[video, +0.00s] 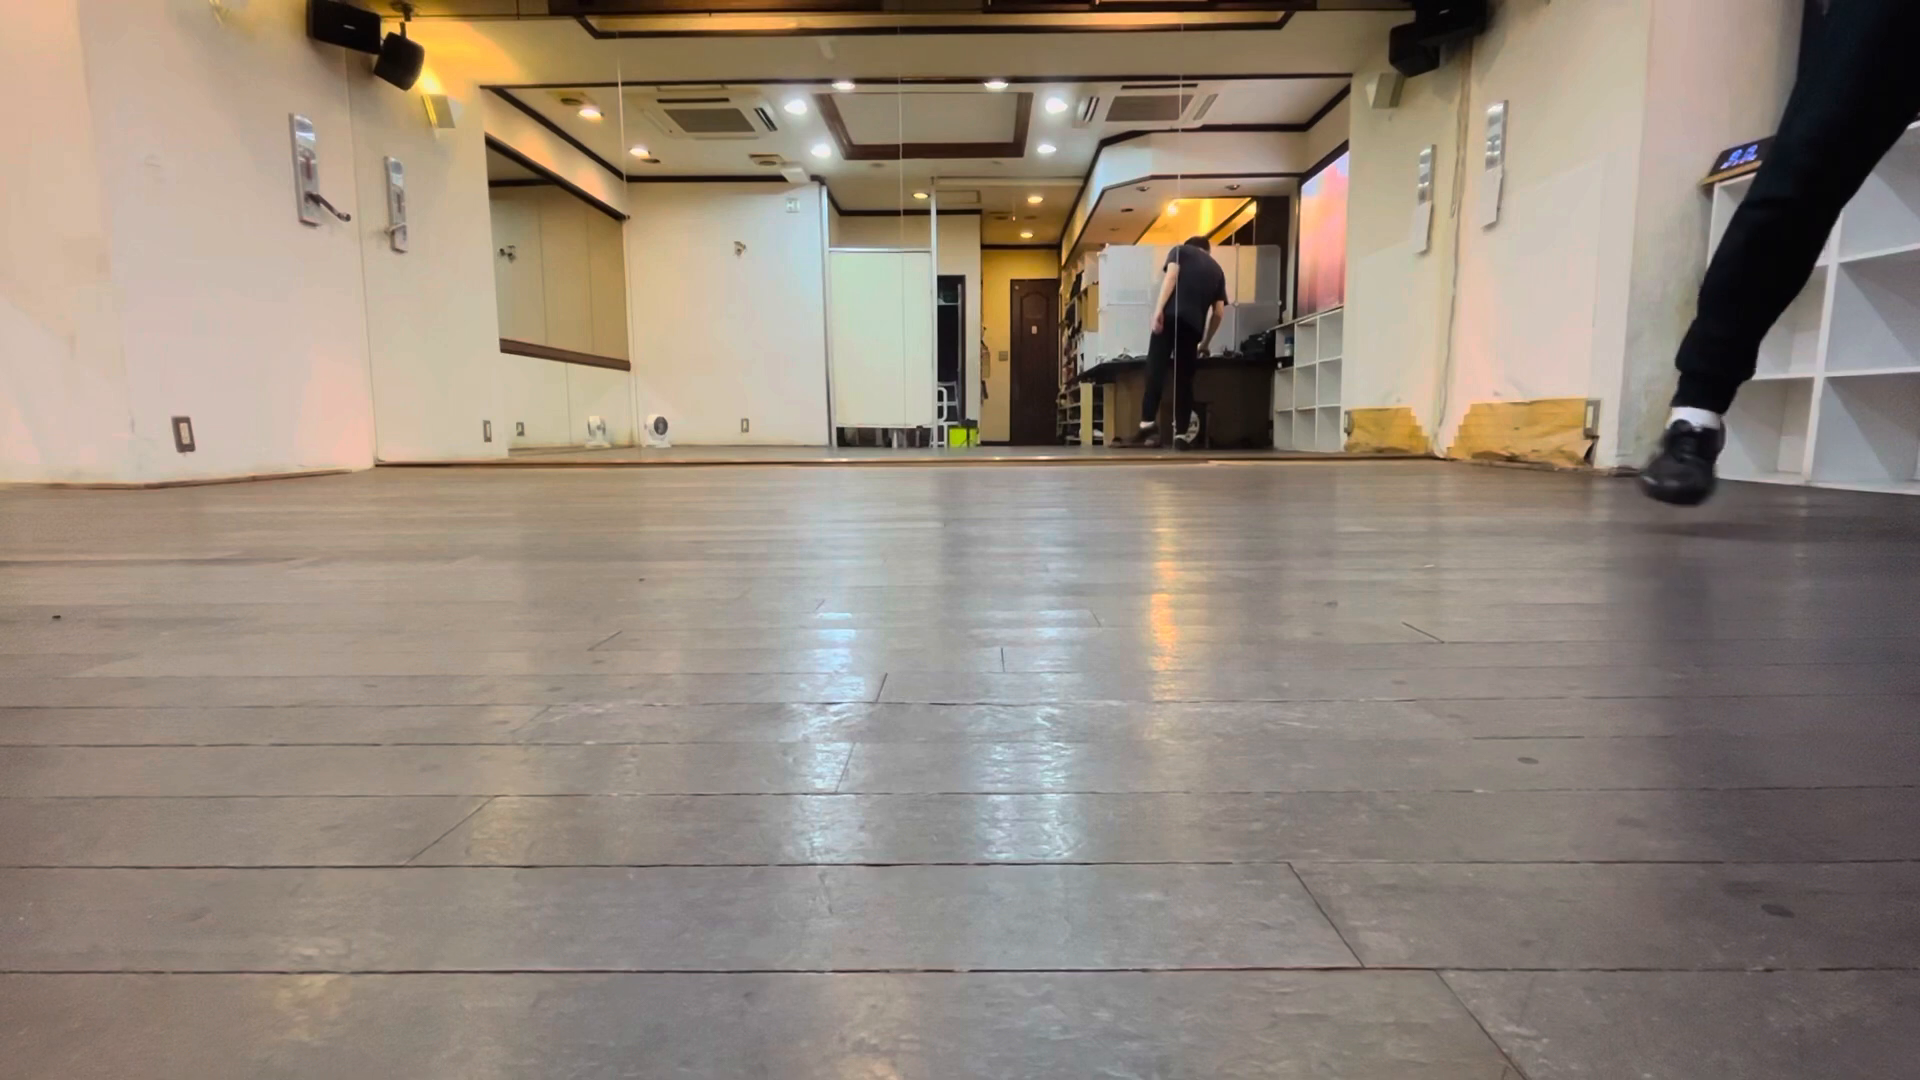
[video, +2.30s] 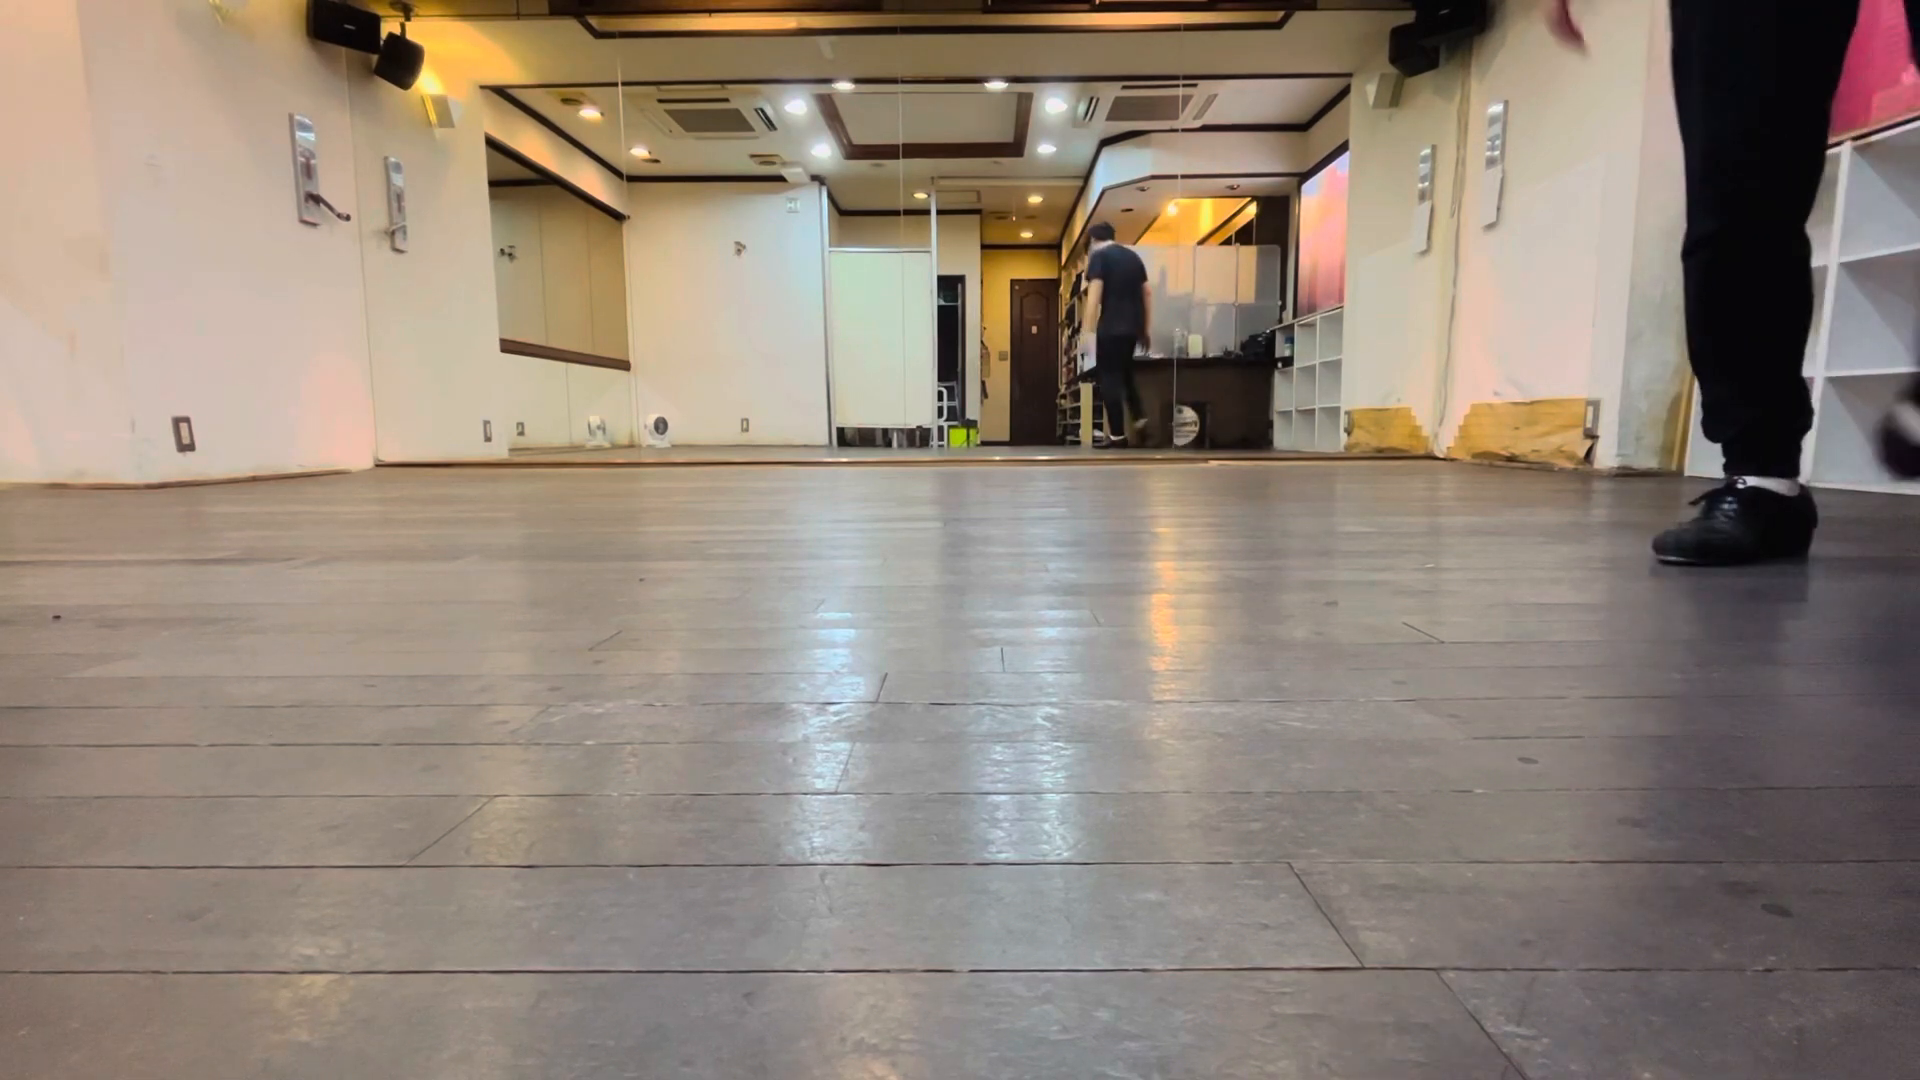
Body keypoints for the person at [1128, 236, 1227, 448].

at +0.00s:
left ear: (1188, 245)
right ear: (1207, 250)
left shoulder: (1180, 250)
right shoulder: (1217, 270)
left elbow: (1172, 275)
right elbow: (1218, 313)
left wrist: (1158, 310)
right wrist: (1206, 342)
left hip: (1169, 317)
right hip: (1192, 326)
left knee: (1155, 367)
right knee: (1185, 377)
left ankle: (1148, 420)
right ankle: (1181, 433)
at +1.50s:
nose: (1166, 244)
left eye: (1167, 241)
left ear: (1169, 240)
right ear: (1189, 242)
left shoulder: (1163, 249)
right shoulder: (1200, 261)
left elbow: (1154, 280)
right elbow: (1207, 307)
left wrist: (1144, 318)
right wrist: (1203, 340)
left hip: (1155, 327)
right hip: (1180, 330)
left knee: (1142, 373)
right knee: (1179, 378)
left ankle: (1144, 428)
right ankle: (1182, 432)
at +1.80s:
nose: (1143, 249)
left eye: (1143, 246)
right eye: (1143, 246)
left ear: (1147, 242)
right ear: (1165, 241)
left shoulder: (1150, 251)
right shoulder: (1184, 259)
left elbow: (1154, 279)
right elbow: (1195, 299)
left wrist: (1161, 315)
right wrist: (1188, 326)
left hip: (1149, 326)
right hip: (1177, 328)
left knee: (1136, 377)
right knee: (1177, 379)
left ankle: (1123, 431)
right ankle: (1182, 433)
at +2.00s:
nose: (1119, 251)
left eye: (1119, 247)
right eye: (1119, 247)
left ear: (1123, 243)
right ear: (1141, 240)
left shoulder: (1129, 255)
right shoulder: (1160, 256)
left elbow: (1139, 280)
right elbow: (1173, 292)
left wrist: (1151, 313)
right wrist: (1169, 319)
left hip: (1136, 327)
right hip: (1161, 328)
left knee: (1123, 376)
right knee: (1167, 378)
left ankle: (1117, 433)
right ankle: (1182, 429)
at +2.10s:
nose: (1108, 249)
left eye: (1107, 245)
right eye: (1107, 246)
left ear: (1110, 243)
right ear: (1130, 239)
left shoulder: (1116, 255)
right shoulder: (1149, 256)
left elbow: (1125, 282)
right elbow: (1164, 293)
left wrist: (1135, 317)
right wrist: (1160, 322)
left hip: (1127, 325)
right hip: (1152, 325)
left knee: (1115, 374)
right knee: (1156, 374)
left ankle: (1117, 434)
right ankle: (1172, 429)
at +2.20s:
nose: (1099, 249)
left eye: (1098, 245)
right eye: (1098, 246)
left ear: (1102, 242)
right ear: (1121, 238)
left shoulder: (1107, 256)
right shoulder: (1140, 257)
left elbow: (1110, 287)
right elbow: (1155, 292)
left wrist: (1111, 324)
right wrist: (1152, 327)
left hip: (1119, 326)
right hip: (1142, 326)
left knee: (1110, 376)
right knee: (1139, 372)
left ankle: (1116, 434)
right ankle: (1165, 420)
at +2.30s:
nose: (1091, 245)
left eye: (1091, 241)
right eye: (1091, 241)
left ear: (1094, 239)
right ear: (1112, 237)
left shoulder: (1098, 256)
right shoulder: (1132, 256)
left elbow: (1095, 293)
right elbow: (1146, 293)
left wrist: (1087, 331)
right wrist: (1145, 329)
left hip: (1110, 328)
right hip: (1132, 328)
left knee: (1108, 378)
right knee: (1126, 373)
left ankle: (1117, 434)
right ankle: (1139, 418)